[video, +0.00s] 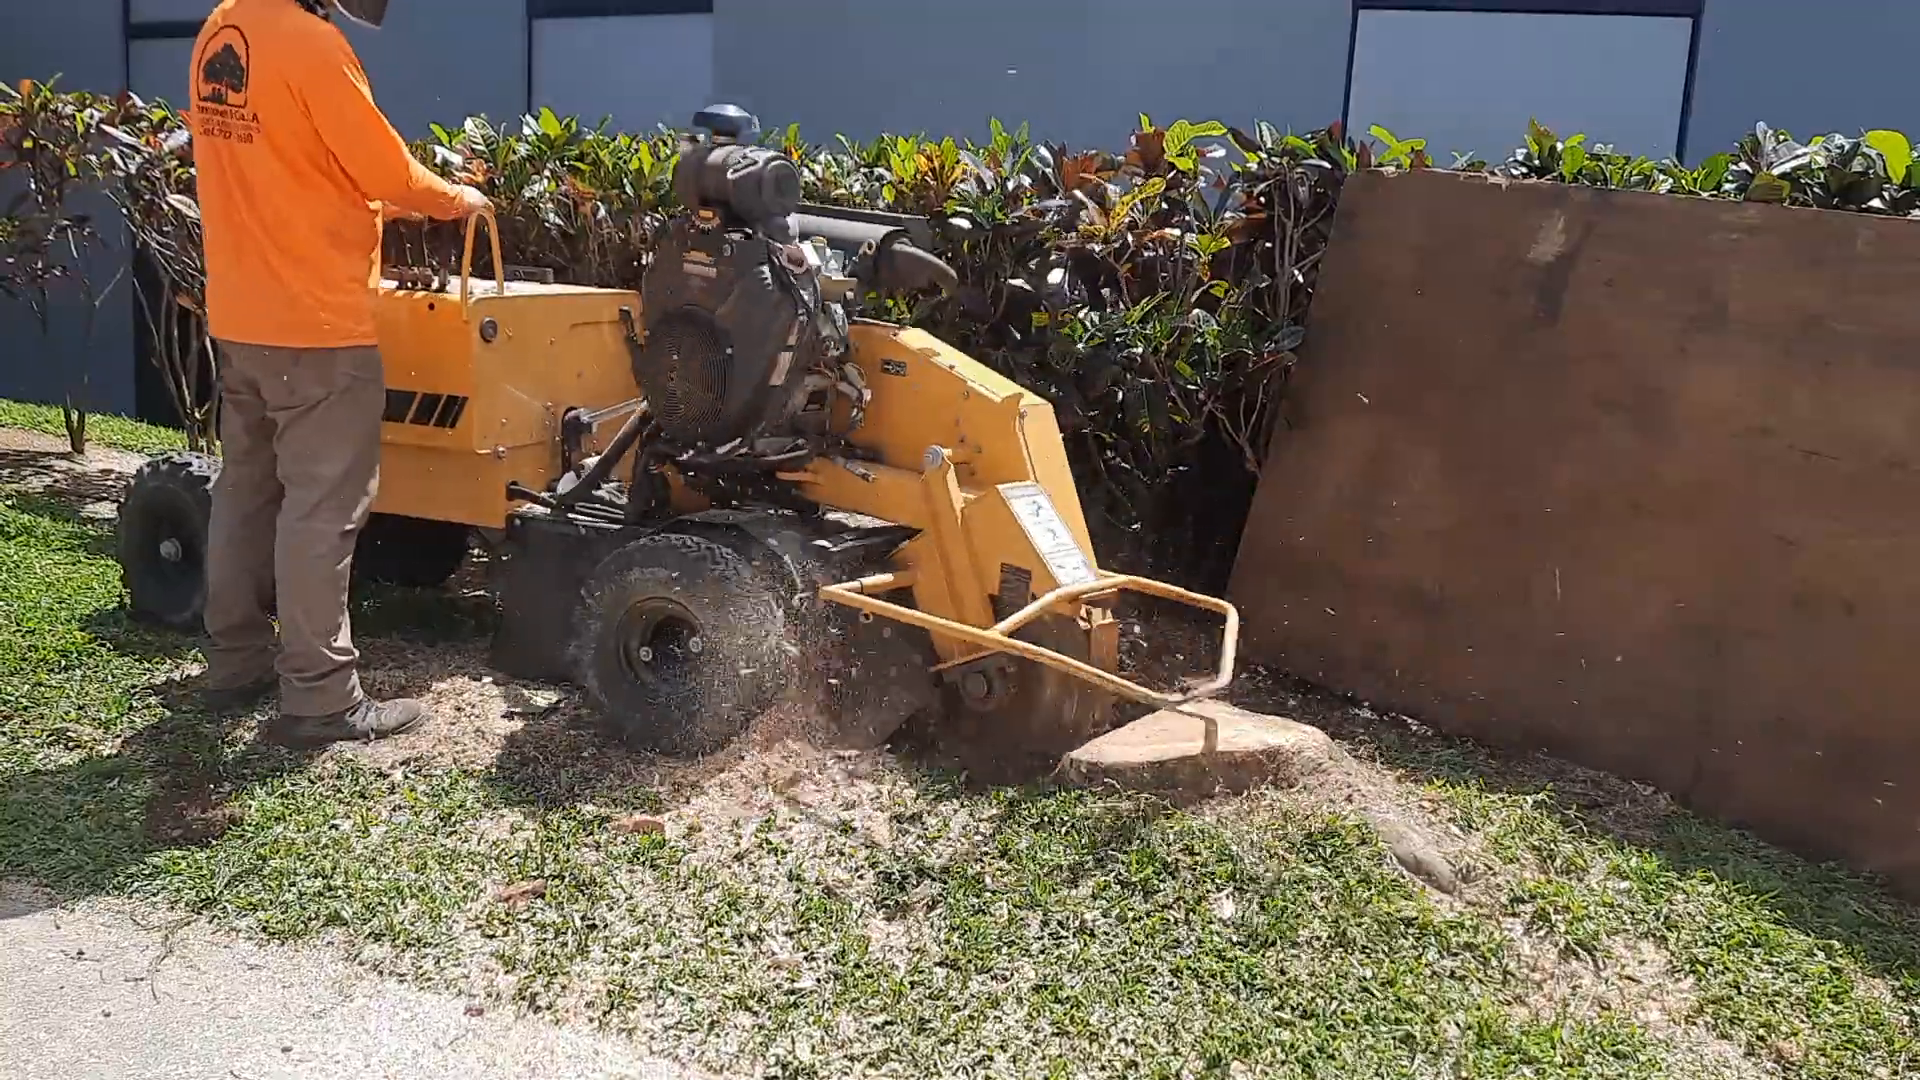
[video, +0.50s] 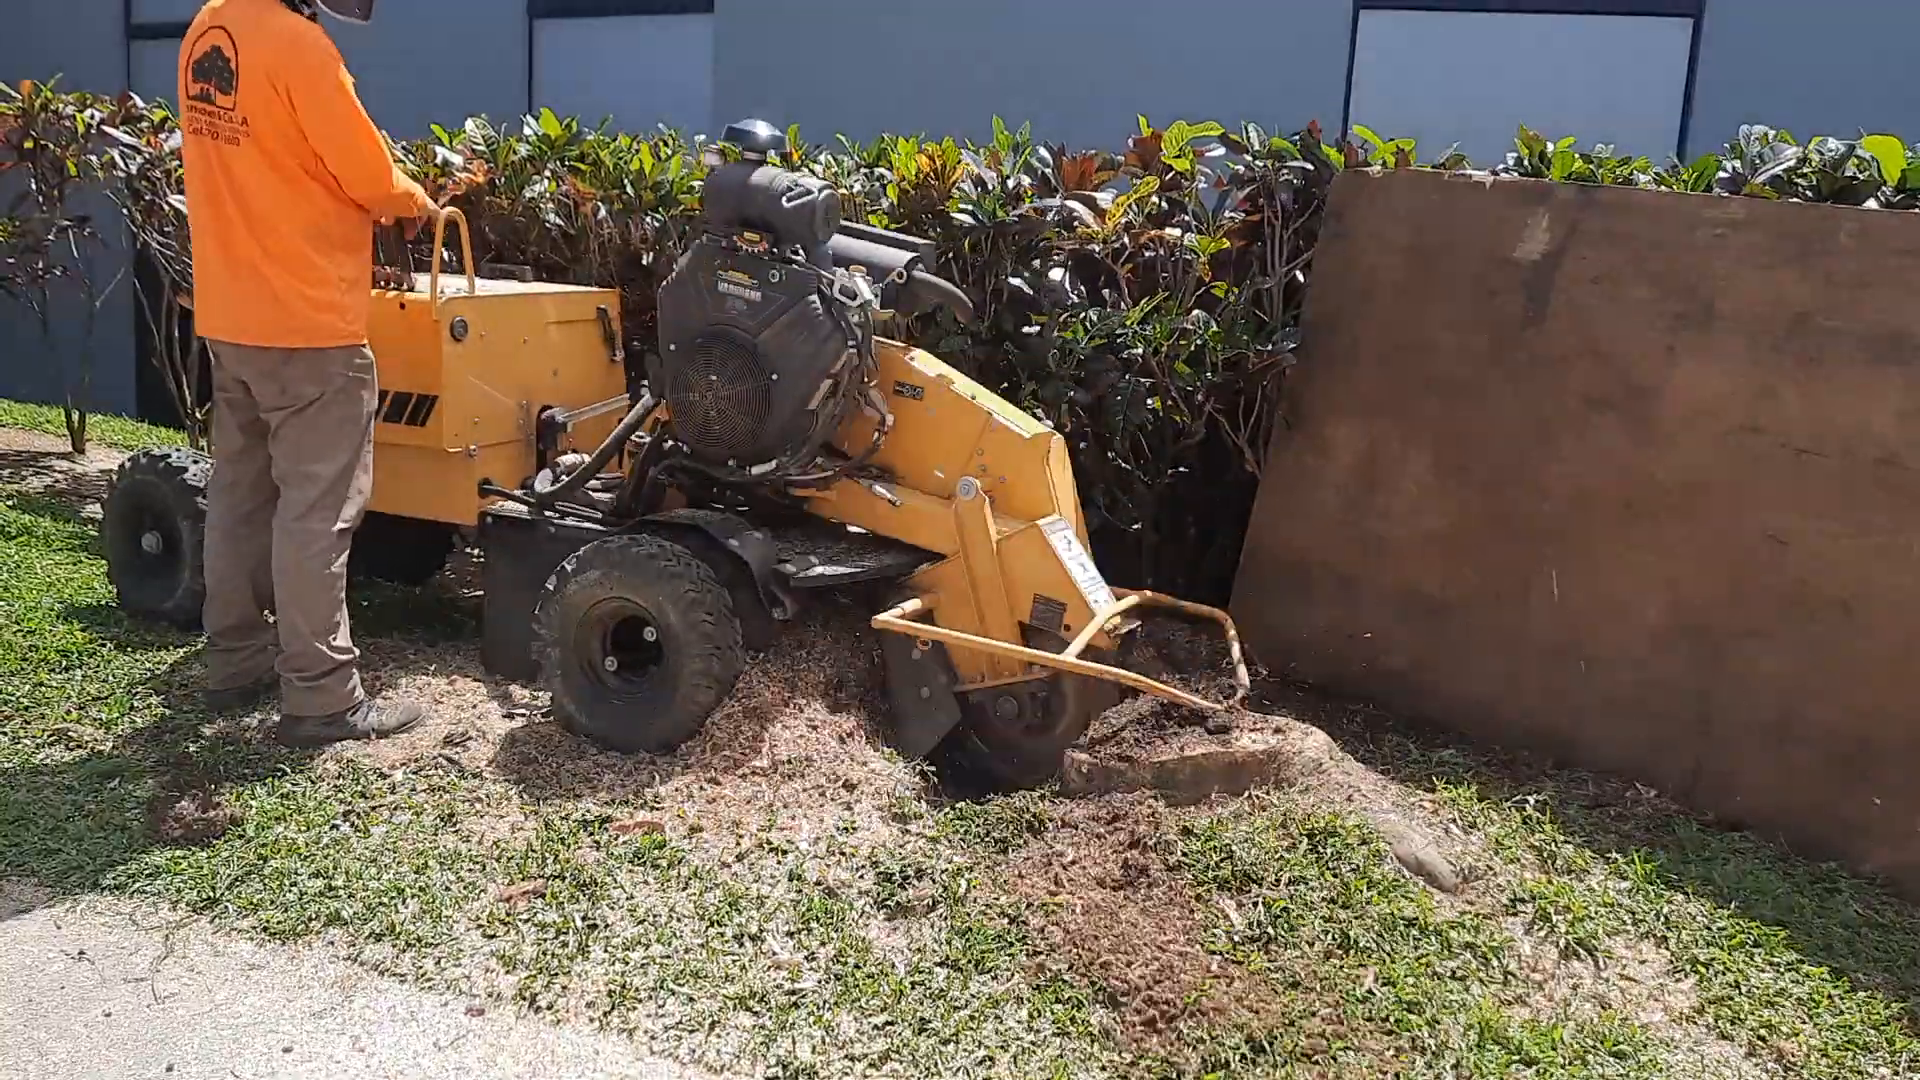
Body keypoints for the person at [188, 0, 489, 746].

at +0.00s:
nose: (373, 13)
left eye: (371, 6)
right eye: (369, 3)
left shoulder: (220, 26)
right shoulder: (316, 47)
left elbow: (276, 168)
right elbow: (388, 172)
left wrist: (388, 196)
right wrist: (457, 200)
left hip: (239, 321)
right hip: (318, 325)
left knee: (246, 493)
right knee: (323, 504)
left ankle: (236, 662)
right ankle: (318, 697)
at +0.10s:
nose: (374, 12)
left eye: (375, 6)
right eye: (370, 3)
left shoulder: (228, 24)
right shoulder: (322, 54)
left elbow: (301, 156)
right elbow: (396, 178)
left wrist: (410, 189)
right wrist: (456, 202)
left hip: (246, 322)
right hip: (326, 328)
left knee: (251, 490)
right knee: (327, 503)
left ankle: (237, 660)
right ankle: (318, 697)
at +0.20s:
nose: (374, 10)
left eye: (377, 4)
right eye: (370, 0)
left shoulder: (205, 32)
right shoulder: (321, 44)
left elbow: (260, 155)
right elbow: (386, 166)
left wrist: (369, 190)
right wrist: (425, 199)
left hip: (232, 321)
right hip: (320, 327)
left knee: (243, 499)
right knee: (325, 509)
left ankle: (235, 664)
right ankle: (321, 697)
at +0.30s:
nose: (380, 12)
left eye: (381, 6)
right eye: (375, 3)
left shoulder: (214, 30)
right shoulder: (320, 41)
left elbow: (272, 154)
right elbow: (391, 160)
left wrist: (370, 192)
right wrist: (434, 197)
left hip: (235, 319)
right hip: (321, 325)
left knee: (245, 495)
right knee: (323, 506)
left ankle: (237, 665)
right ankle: (319, 698)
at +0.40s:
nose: (368, 15)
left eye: (371, 10)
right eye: (367, 6)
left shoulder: (215, 26)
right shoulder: (312, 43)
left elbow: (262, 158)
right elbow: (376, 176)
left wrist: (378, 200)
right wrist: (421, 202)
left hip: (234, 321)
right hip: (318, 327)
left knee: (244, 494)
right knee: (326, 505)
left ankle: (235, 661)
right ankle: (320, 696)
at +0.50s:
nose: (367, 9)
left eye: (368, 3)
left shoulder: (207, 24)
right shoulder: (301, 45)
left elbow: (269, 158)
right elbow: (373, 178)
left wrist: (380, 200)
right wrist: (420, 203)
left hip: (229, 321)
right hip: (309, 326)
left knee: (238, 499)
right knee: (319, 507)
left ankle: (233, 665)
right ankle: (320, 698)